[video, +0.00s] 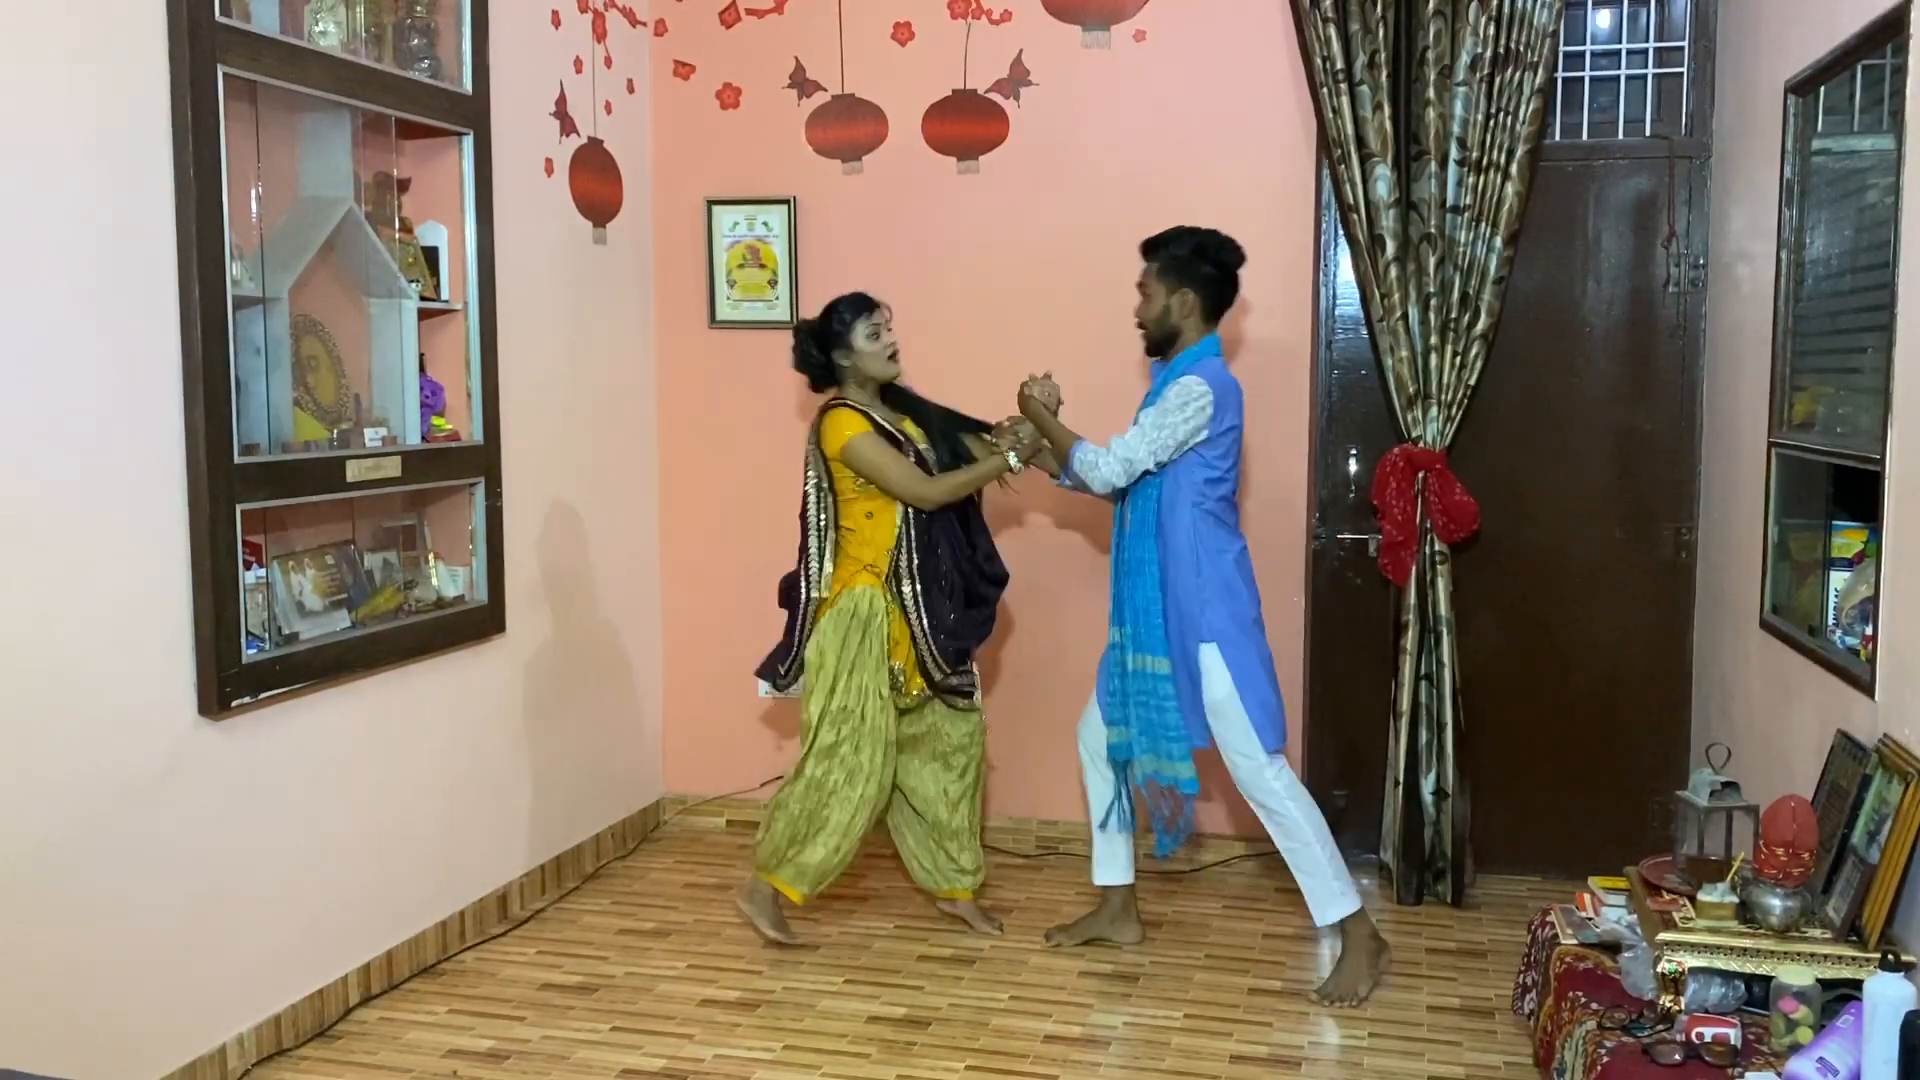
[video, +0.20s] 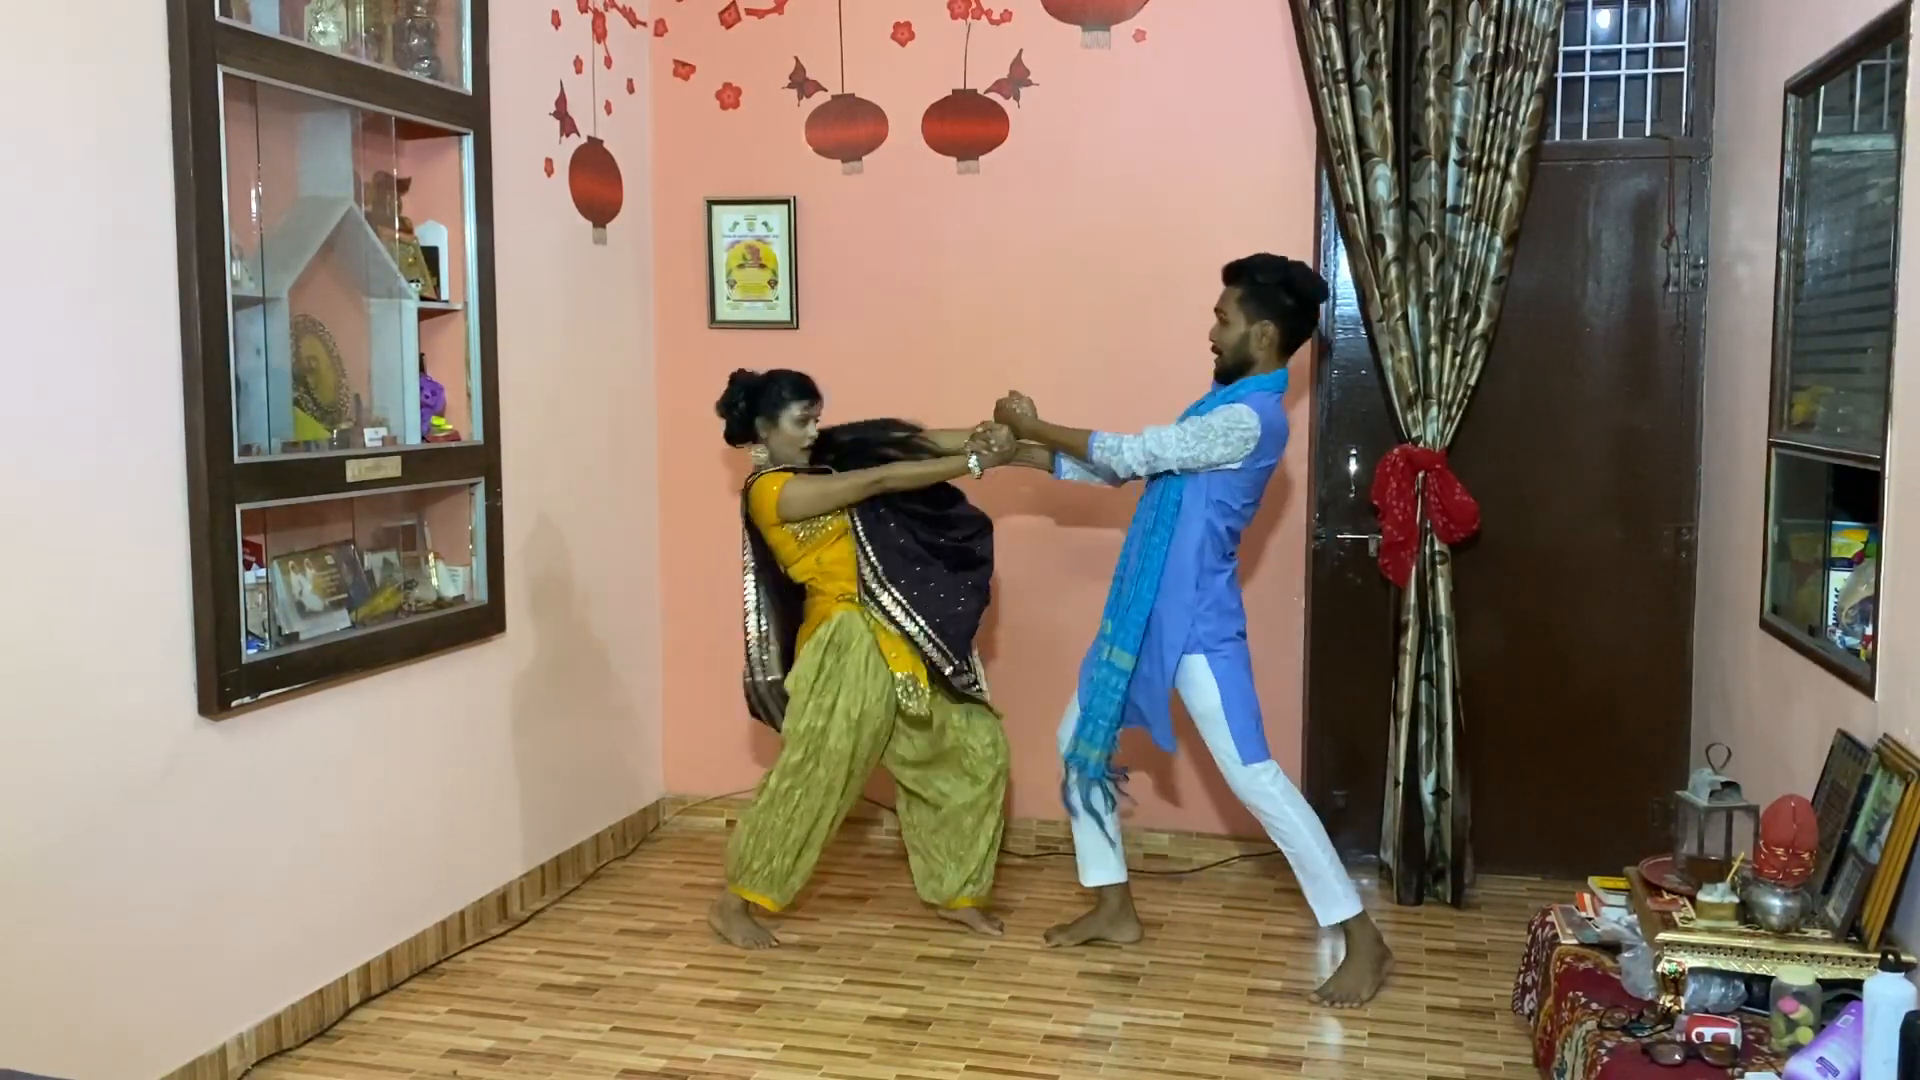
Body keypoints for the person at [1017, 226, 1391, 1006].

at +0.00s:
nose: (1136, 304)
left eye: (1147, 291)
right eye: (1138, 289)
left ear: (1189, 300)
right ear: (1183, 299)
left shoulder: (1200, 386)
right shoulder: (1170, 384)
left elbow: (1110, 468)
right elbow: (1119, 478)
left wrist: (1051, 428)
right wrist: (1052, 449)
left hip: (1206, 613)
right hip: (1155, 614)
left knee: (1256, 770)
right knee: (1098, 737)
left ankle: (1354, 926)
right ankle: (1114, 906)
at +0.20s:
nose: (1211, 327)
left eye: (1223, 315)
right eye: (1216, 313)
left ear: (1263, 329)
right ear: (1262, 330)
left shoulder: (1250, 419)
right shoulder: (1219, 407)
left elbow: (1136, 453)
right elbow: (1122, 467)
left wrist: (1033, 428)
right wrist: (1028, 449)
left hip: (1198, 620)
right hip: (1143, 614)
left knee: (1253, 776)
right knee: (1081, 740)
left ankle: (1357, 933)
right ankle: (1110, 907)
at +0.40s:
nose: (1109, 313)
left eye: (1120, 301)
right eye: (1113, 299)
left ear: (1165, 310)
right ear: (1158, 310)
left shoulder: (1198, 390)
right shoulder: (1157, 388)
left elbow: (1110, 474)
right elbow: (1102, 486)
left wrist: (1038, 438)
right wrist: (1034, 460)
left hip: (1223, 591)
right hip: (1169, 591)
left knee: (1245, 760)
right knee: (1114, 726)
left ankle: (1346, 920)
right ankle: (1113, 900)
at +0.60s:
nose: (1071, 345)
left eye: (1081, 331)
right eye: (1072, 330)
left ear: (1126, 336)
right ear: (1122, 336)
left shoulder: (1158, 403)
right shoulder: (1132, 411)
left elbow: (1082, 507)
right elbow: (1103, 529)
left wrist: (1034, 455)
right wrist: (1043, 503)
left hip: (1203, 618)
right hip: (1152, 623)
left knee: (1240, 780)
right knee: (1080, 738)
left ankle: (1353, 931)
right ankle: (1112, 907)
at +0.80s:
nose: (1091, 295)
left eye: (1102, 283)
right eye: (1094, 281)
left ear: (1144, 297)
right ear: (1136, 296)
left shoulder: (1181, 389)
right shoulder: (1120, 374)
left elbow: (1189, 506)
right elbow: (1103, 435)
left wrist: (1079, 471)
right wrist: (1036, 418)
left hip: (1177, 598)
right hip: (1111, 597)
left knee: (1245, 751)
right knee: (1080, 740)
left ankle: (1327, 915)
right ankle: (1114, 905)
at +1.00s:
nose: (1104, 277)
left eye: (1116, 265)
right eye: (1108, 263)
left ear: (1157, 278)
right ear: (1150, 277)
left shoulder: (1209, 374)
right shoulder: (1103, 344)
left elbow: (1252, 477)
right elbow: (1023, 287)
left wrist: (1145, 523)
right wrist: (950, 220)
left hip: (1190, 582)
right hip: (1110, 577)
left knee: (1233, 737)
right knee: (1110, 730)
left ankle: (1274, 913)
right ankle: (1124, 902)